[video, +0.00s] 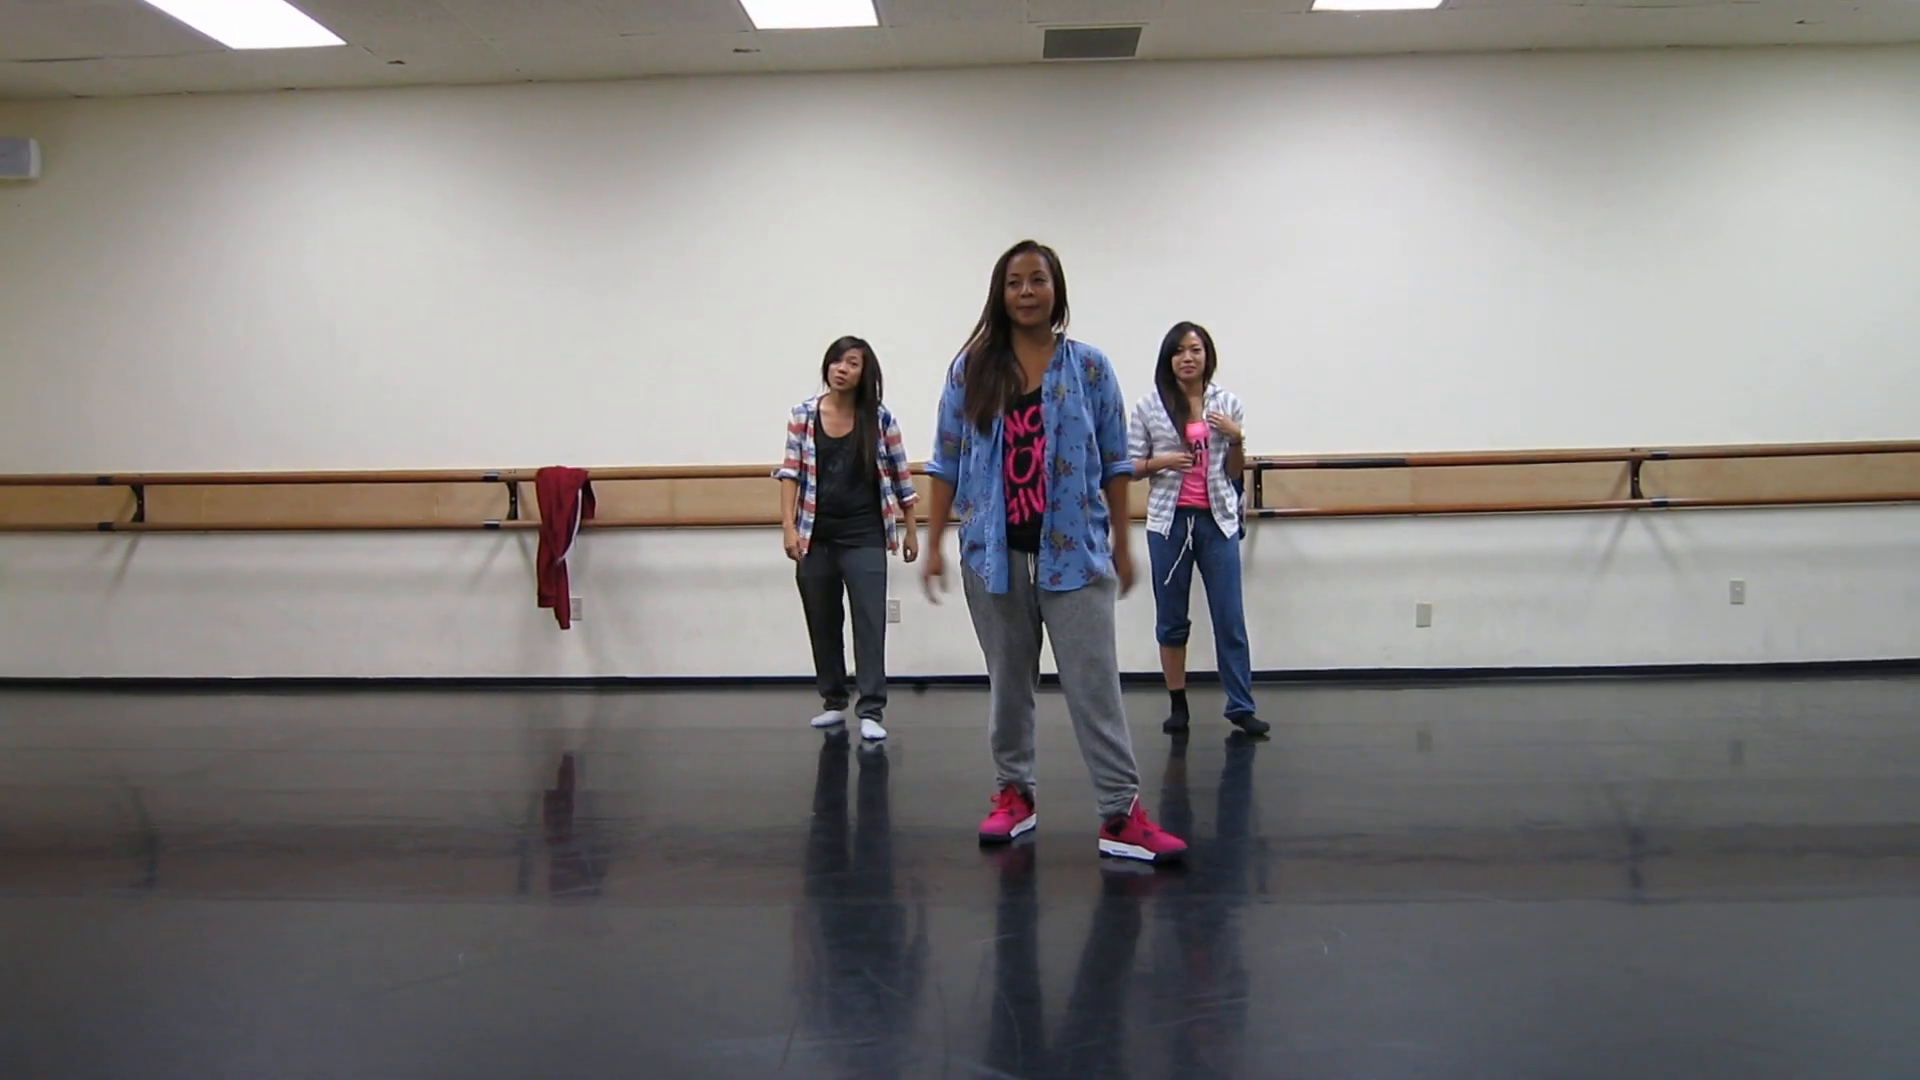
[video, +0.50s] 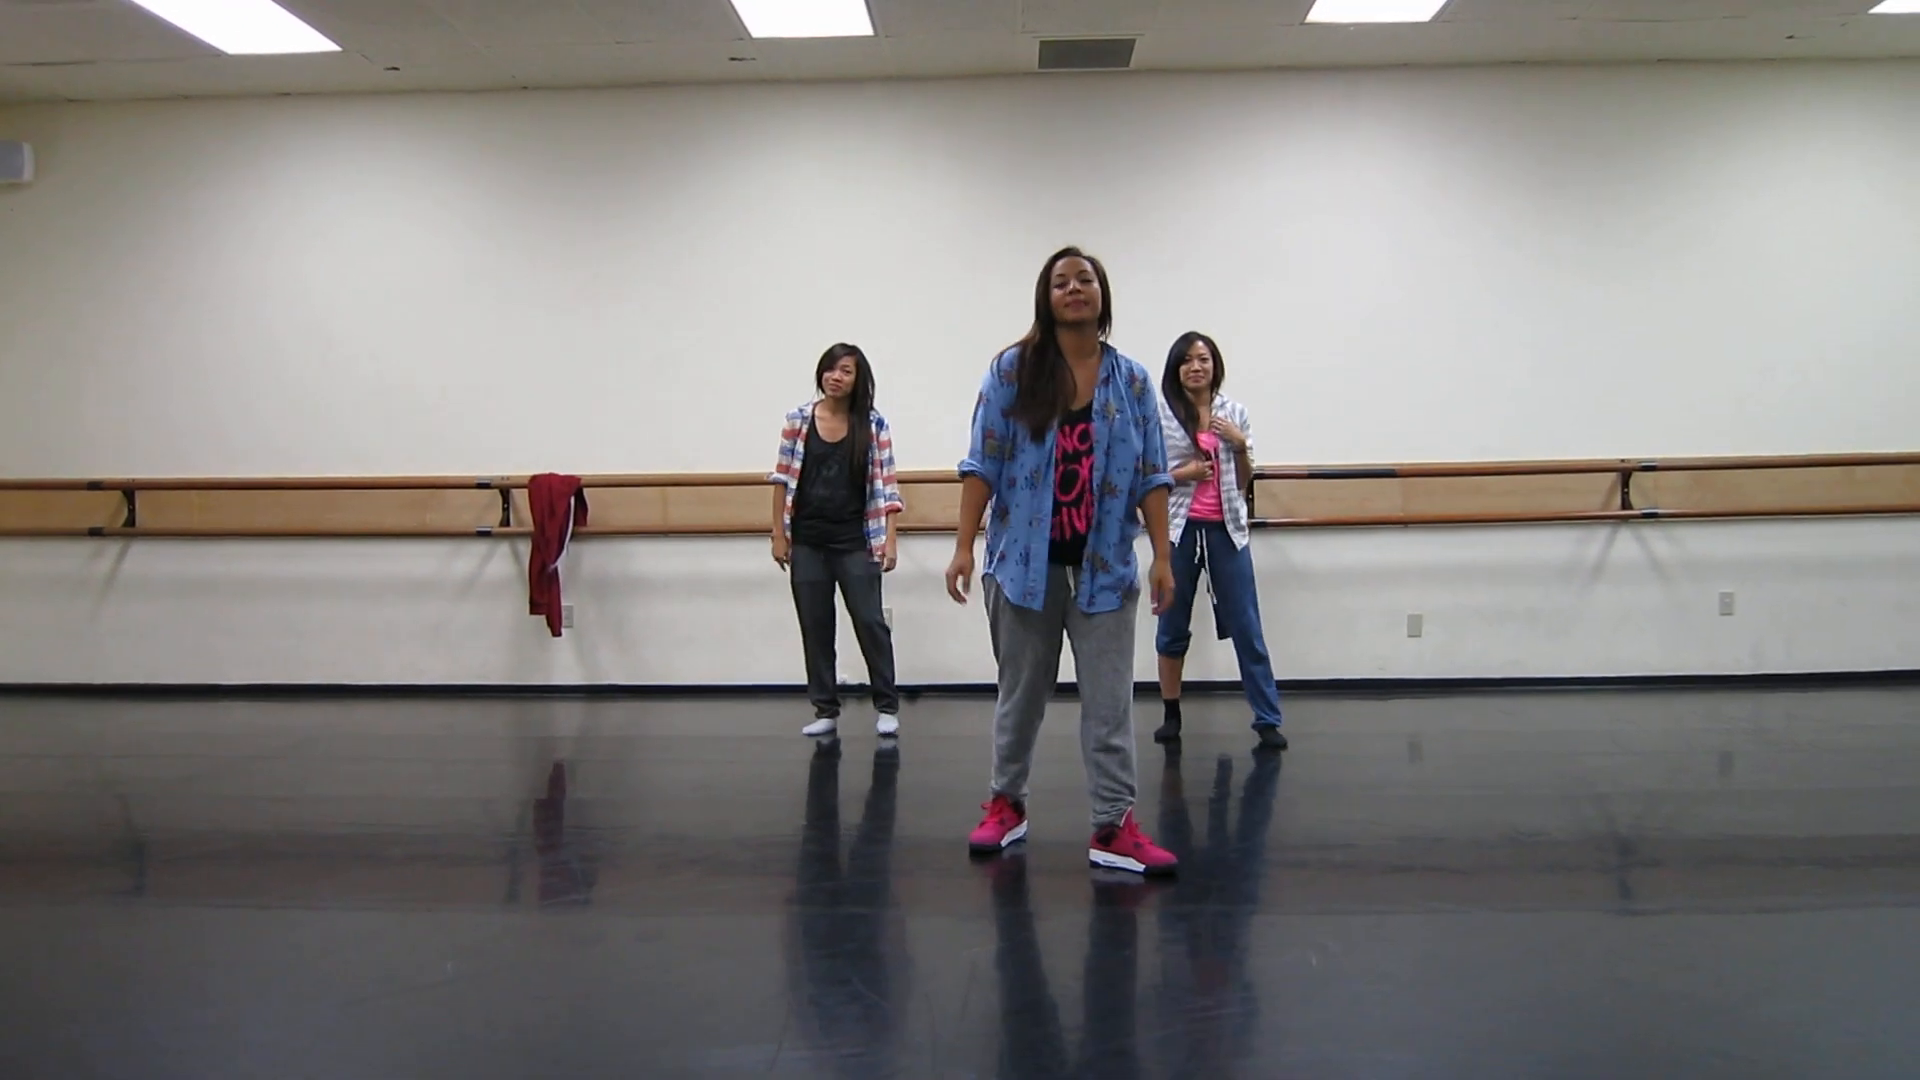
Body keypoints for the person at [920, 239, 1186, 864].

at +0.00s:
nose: (1028, 290)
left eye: (1038, 279)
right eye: (1016, 281)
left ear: (1058, 289)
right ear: (999, 293)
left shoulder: (1089, 366)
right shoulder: (970, 370)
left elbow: (1116, 462)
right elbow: (945, 463)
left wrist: (1122, 542)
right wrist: (933, 544)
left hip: (1075, 556)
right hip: (994, 558)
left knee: (1095, 683)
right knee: (1009, 684)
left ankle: (1121, 814)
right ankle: (1013, 797)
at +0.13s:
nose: (1033, 290)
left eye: (1044, 280)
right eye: (1022, 281)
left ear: (1065, 289)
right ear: (1006, 293)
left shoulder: (1096, 365)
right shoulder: (978, 370)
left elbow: (1118, 460)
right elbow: (964, 463)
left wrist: (1124, 540)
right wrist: (970, 545)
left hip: (1084, 554)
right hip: (1004, 556)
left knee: (1102, 687)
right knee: (1010, 685)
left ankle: (1121, 817)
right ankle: (1012, 798)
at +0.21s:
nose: (1038, 286)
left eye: (1050, 277)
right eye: (1028, 278)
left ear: (1072, 289)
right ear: (1012, 292)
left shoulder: (1103, 366)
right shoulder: (983, 370)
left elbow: (1131, 461)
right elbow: (959, 456)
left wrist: (1142, 539)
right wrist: (967, 535)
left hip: (1089, 556)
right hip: (1007, 557)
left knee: (1102, 689)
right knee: (1013, 686)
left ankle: (1120, 818)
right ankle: (1011, 800)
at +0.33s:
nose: (1052, 284)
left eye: (1063, 275)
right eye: (1040, 277)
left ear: (1085, 288)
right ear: (1025, 292)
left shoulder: (1115, 367)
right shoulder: (994, 365)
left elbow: (1144, 464)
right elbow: (965, 451)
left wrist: (1161, 544)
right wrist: (958, 526)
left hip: (1096, 559)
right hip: (1013, 560)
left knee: (1106, 695)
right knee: (1015, 689)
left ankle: (1120, 822)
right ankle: (1008, 803)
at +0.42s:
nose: (1063, 284)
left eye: (1074, 275)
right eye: (1051, 278)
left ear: (1095, 291)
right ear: (1035, 295)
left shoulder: (1125, 371)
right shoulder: (1004, 366)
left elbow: (1151, 468)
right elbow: (975, 452)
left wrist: (1165, 549)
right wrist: (958, 530)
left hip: (1102, 563)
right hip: (1021, 561)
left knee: (1109, 698)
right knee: (1020, 691)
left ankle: (1118, 823)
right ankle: (1008, 805)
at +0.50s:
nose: (1075, 287)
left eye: (1085, 278)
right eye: (1062, 281)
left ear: (1104, 294)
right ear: (1045, 299)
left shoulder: (1131, 379)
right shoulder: (1012, 370)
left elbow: (1151, 475)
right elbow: (982, 463)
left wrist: (1161, 554)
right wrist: (964, 546)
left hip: (1105, 565)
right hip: (1024, 563)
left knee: (1110, 700)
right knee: (1020, 693)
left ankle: (1113, 826)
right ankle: (1005, 806)